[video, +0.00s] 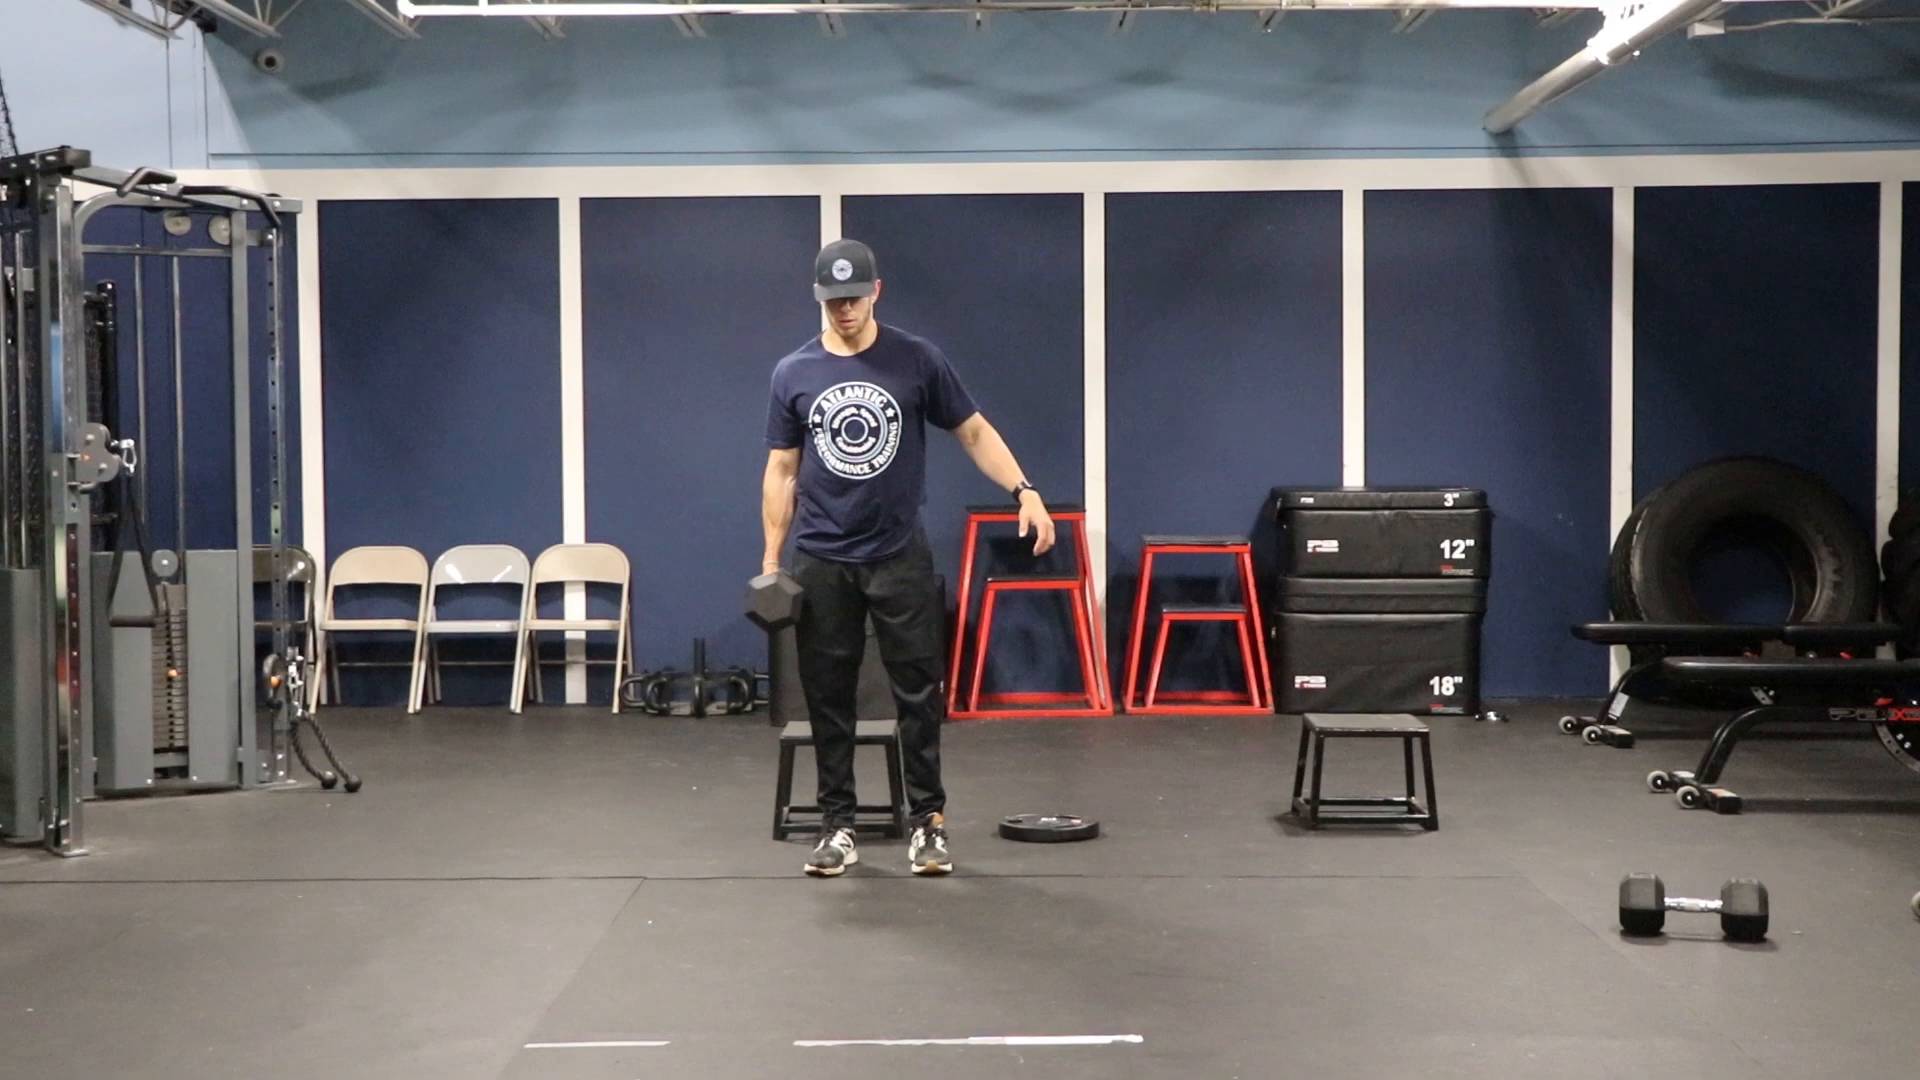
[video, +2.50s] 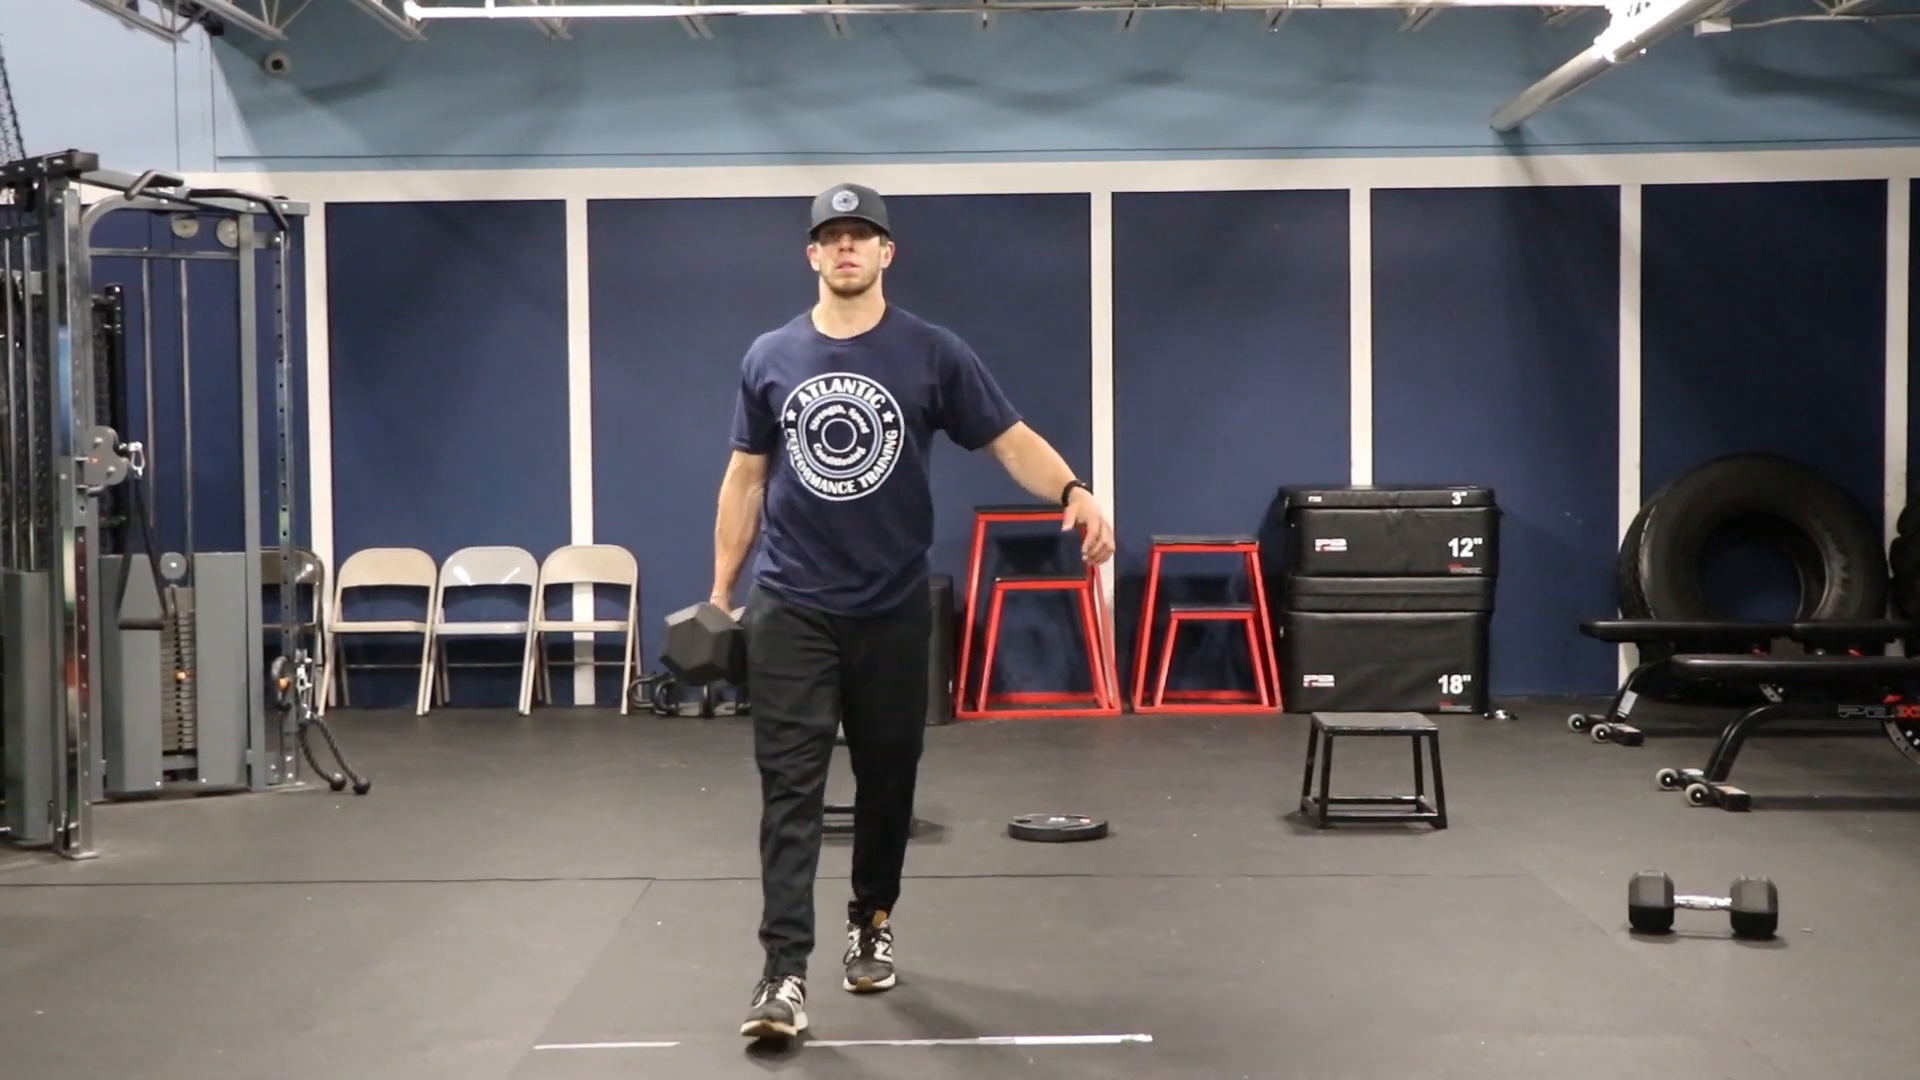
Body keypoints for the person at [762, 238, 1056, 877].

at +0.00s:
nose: (844, 309)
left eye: (854, 297)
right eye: (833, 299)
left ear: (876, 290)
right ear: (817, 296)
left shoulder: (918, 361)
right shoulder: (792, 374)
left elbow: (975, 432)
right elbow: (781, 470)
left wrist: (1024, 491)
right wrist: (771, 564)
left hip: (898, 553)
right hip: (820, 556)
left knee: (918, 691)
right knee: (827, 696)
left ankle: (926, 824)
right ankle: (837, 827)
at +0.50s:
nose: (852, 315)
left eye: (863, 304)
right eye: (842, 304)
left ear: (881, 297)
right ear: (823, 298)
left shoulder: (921, 362)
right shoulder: (794, 375)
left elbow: (980, 428)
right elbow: (781, 469)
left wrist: (1040, 491)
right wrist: (768, 561)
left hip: (898, 551)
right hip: (822, 555)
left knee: (901, 687)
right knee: (832, 695)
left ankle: (896, 831)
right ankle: (843, 826)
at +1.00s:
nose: (893, 295)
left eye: (905, 284)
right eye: (882, 284)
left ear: (928, 286)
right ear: (866, 286)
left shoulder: (962, 368)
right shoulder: (829, 363)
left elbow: (1019, 447)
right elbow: (802, 457)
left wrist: (1069, 509)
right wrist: (776, 548)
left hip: (911, 562)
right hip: (830, 556)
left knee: (905, 704)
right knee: (821, 692)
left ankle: (887, 847)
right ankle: (821, 850)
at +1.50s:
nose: (854, 266)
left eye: (866, 256)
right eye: (841, 258)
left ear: (889, 274)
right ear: (824, 277)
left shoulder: (933, 353)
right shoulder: (790, 365)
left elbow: (1006, 424)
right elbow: (772, 471)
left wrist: (1081, 487)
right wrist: (754, 570)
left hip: (904, 567)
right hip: (813, 568)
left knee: (922, 710)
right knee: (817, 723)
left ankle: (898, 824)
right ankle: (825, 881)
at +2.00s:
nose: (871, 258)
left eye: (886, 248)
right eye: (859, 247)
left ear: (907, 265)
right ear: (838, 263)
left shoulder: (948, 356)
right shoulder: (797, 358)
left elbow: (1017, 444)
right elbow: (770, 468)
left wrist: (1089, 524)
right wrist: (740, 574)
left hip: (903, 581)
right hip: (809, 583)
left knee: (894, 749)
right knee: (802, 741)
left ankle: (875, 924)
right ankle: (815, 870)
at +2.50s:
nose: (845, 249)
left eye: (860, 236)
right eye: (831, 237)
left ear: (887, 250)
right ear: (811, 252)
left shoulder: (934, 353)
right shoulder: (772, 357)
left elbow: (1010, 437)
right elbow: (746, 476)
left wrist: (1077, 491)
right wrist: (722, 588)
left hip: (893, 601)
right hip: (791, 600)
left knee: (887, 778)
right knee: (790, 784)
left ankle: (874, 918)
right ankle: (784, 971)